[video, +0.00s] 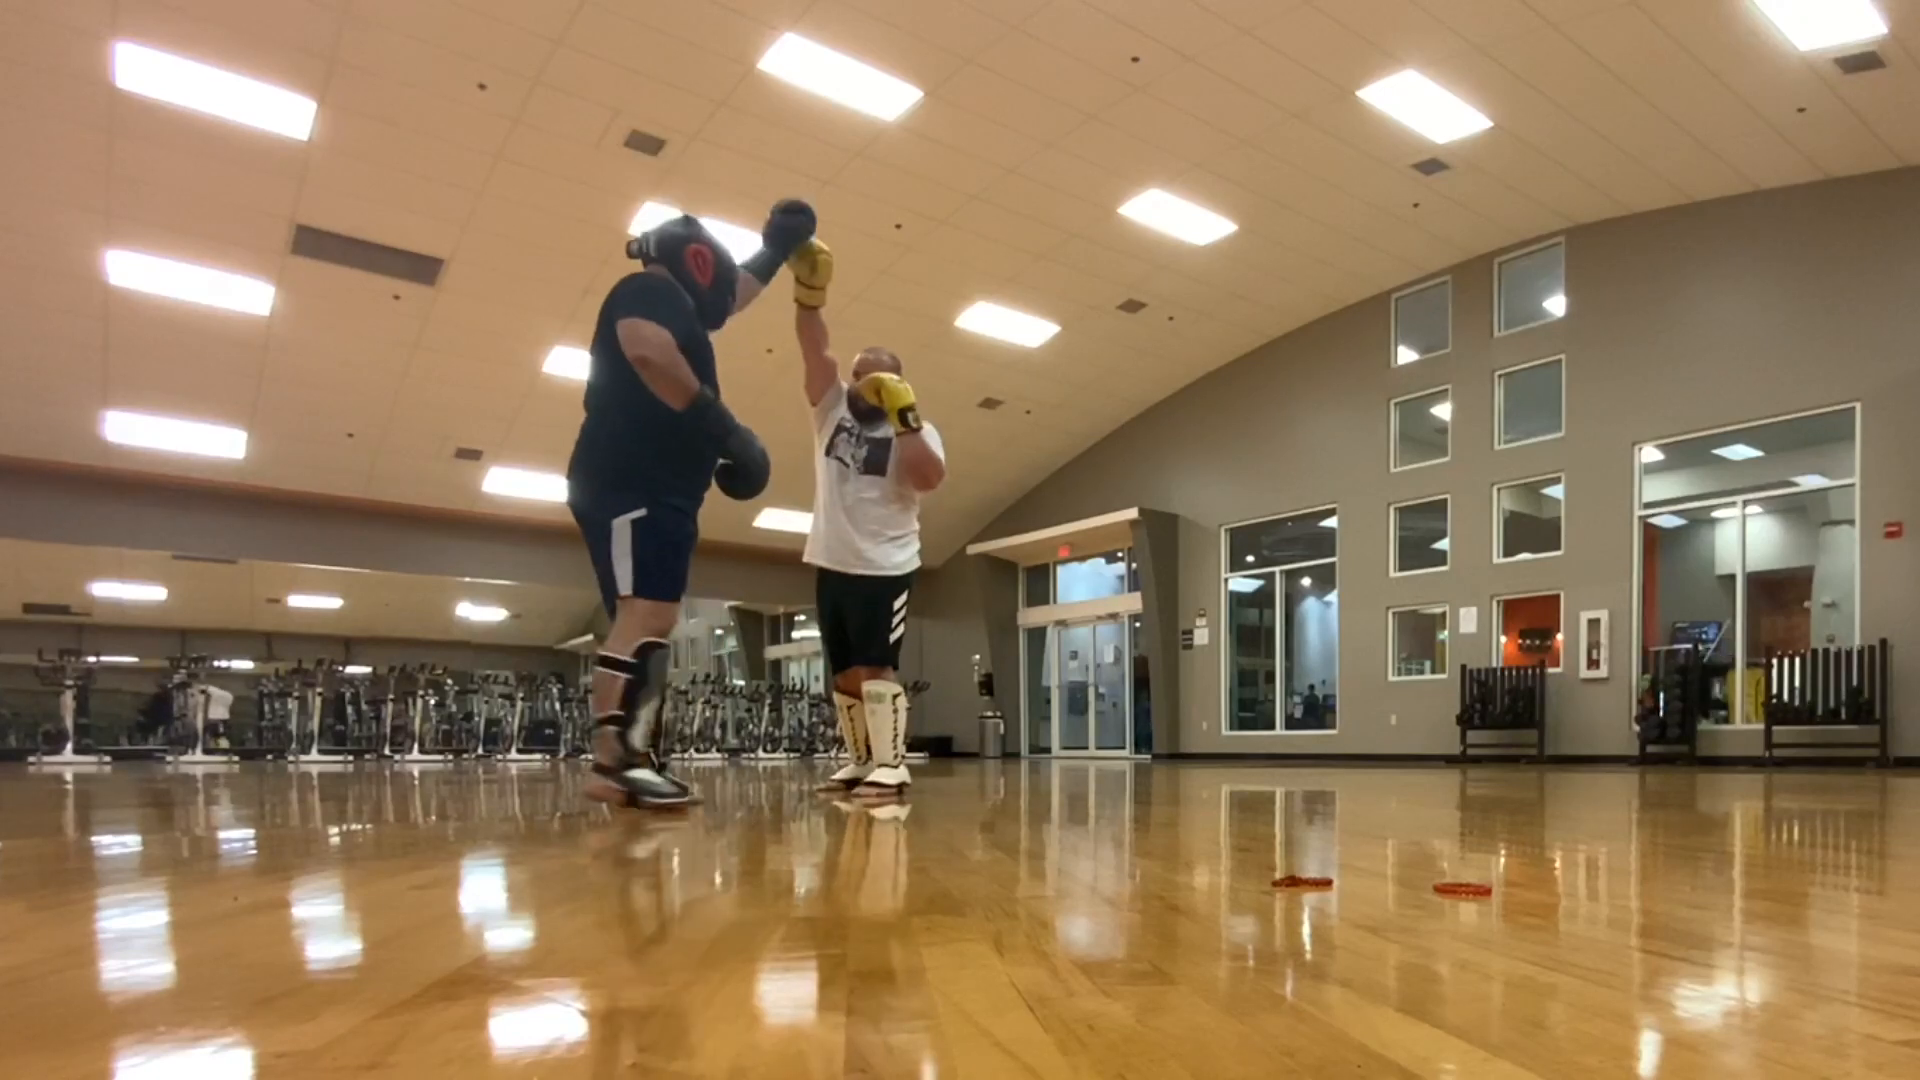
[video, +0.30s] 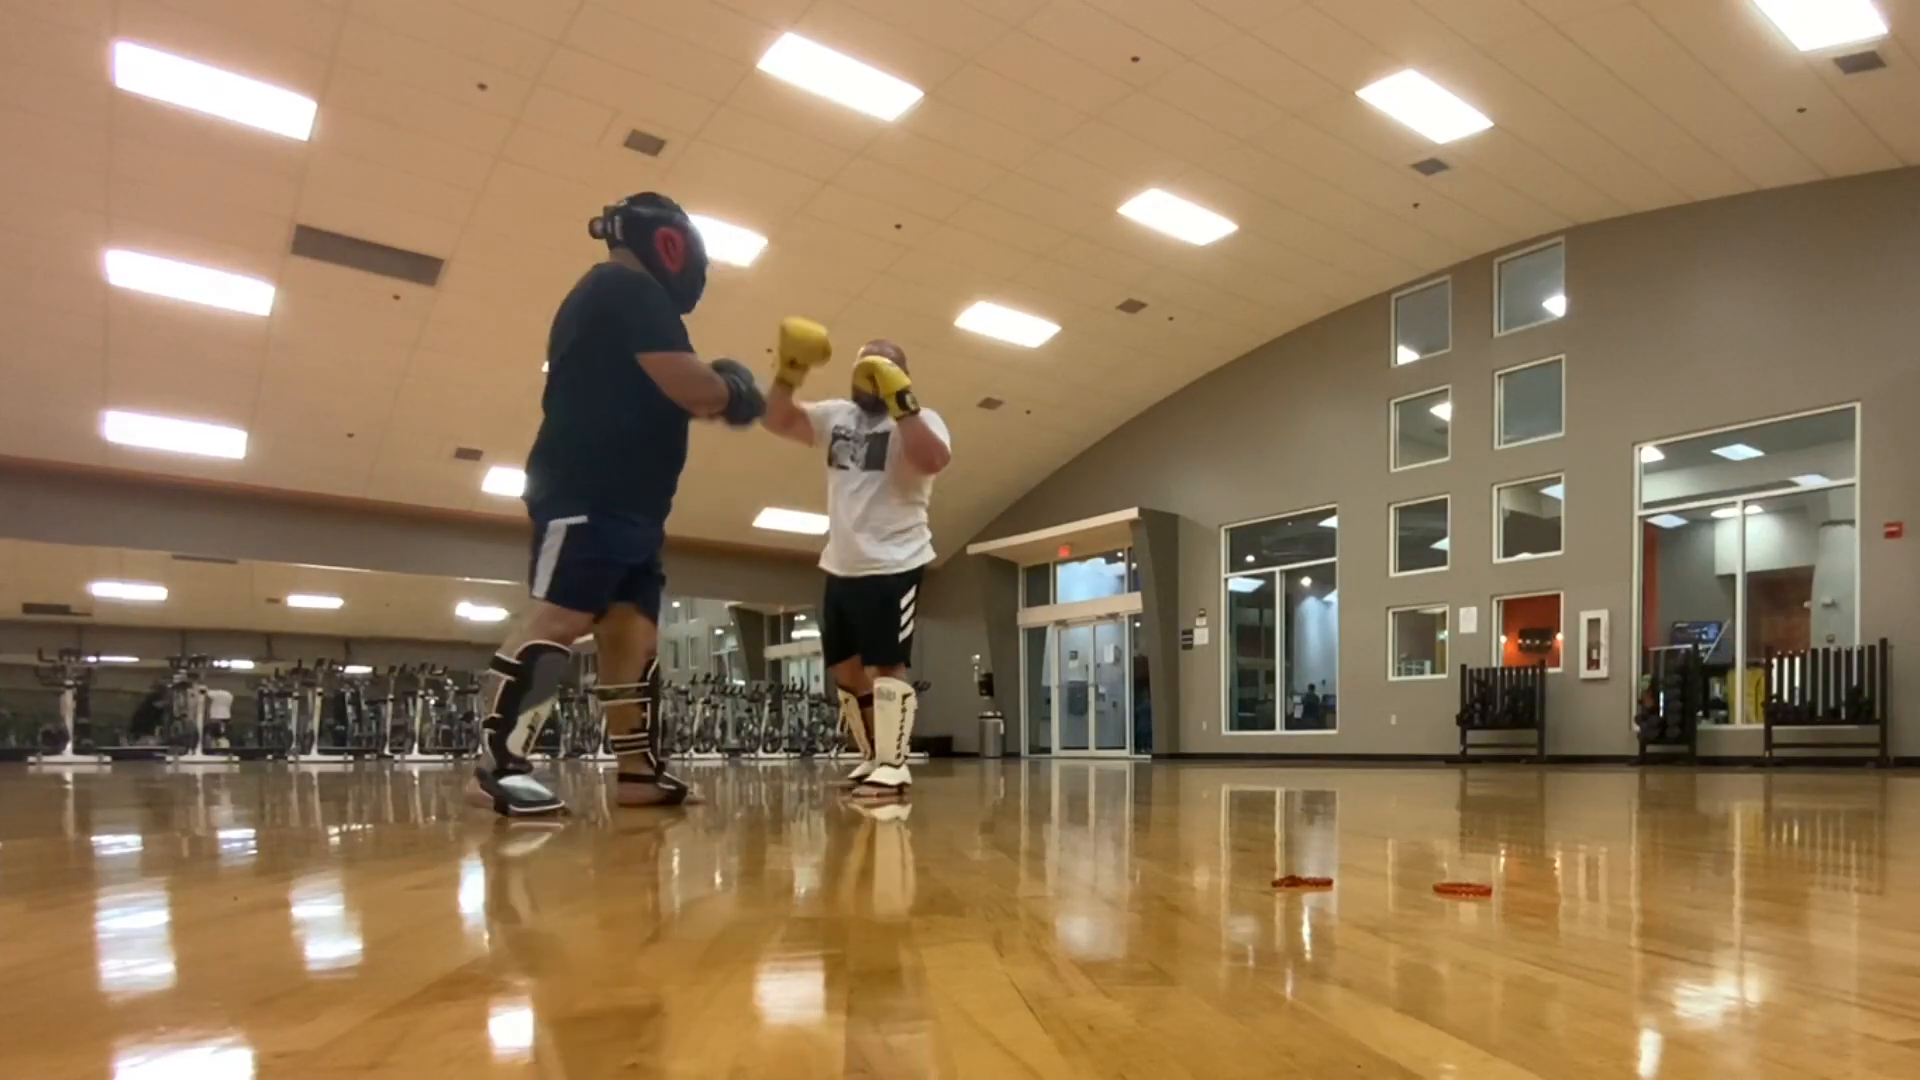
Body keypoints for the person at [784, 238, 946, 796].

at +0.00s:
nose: (856, 374)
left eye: (868, 370)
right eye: (855, 370)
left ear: (894, 381)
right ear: (849, 382)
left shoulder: (916, 429)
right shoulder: (834, 411)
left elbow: (926, 479)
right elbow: (815, 351)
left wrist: (904, 419)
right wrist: (808, 295)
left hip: (884, 562)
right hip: (833, 557)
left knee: (873, 667)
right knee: (842, 668)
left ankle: (889, 768)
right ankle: (859, 761)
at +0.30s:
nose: (868, 362)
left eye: (880, 357)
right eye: (863, 357)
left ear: (901, 376)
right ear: (853, 374)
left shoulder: (920, 420)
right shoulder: (837, 414)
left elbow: (933, 462)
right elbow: (779, 420)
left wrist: (900, 399)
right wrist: (786, 376)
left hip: (894, 562)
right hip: (842, 563)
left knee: (884, 666)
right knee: (844, 666)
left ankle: (893, 770)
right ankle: (875, 757)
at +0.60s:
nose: (851, 384)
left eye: (861, 376)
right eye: (844, 378)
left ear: (880, 383)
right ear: (837, 392)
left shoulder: (897, 420)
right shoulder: (834, 440)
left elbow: (921, 427)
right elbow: (789, 475)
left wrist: (878, 374)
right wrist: (803, 422)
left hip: (892, 551)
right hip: (847, 559)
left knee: (865, 645)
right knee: (863, 655)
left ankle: (888, 755)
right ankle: (882, 756)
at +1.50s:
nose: (838, 377)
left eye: (848, 372)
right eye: (834, 371)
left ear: (863, 381)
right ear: (826, 384)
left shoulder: (877, 419)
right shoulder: (823, 444)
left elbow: (863, 362)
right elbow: (785, 480)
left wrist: (826, 312)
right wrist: (795, 425)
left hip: (873, 547)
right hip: (837, 556)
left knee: (861, 653)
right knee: (857, 659)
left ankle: (880, 759)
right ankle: (881, 756)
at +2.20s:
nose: (822, 377)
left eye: (832, 368)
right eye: (818, 369)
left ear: (858, 370)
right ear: (819, 378)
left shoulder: (873, 402)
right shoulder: (824, 434)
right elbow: (789, 484)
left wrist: (812, 372)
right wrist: (785, 428)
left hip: (868, 548)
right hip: (832, 555)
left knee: (867, 656)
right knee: (838, 664)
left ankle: (884, 761)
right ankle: (855, 760)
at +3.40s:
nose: (776, 332)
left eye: (788, 324)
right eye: (770, 323)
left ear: (811, 339)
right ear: (761, 340)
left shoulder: (834, 382)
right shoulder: (755, 401)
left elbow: (863, 432)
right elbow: (721, 459)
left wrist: (818, 376)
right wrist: (714, 409)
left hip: (829, 541)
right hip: (773, 546)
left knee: (825, 653)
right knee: (753, 652)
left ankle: (837, 770)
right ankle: (786, 747)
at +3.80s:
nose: (717, 338)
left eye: (730, 331)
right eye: (709, 329)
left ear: (755, 342)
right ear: (697, 339)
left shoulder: (784, 388)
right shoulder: (683, 395)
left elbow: (830, 461)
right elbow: (651, 471)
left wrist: (798, 423)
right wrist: (660, 429)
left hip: (769, 536)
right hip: (705, 546)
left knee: (779, 635)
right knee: (705, 658)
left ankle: (818, 750)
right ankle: (710, 766)